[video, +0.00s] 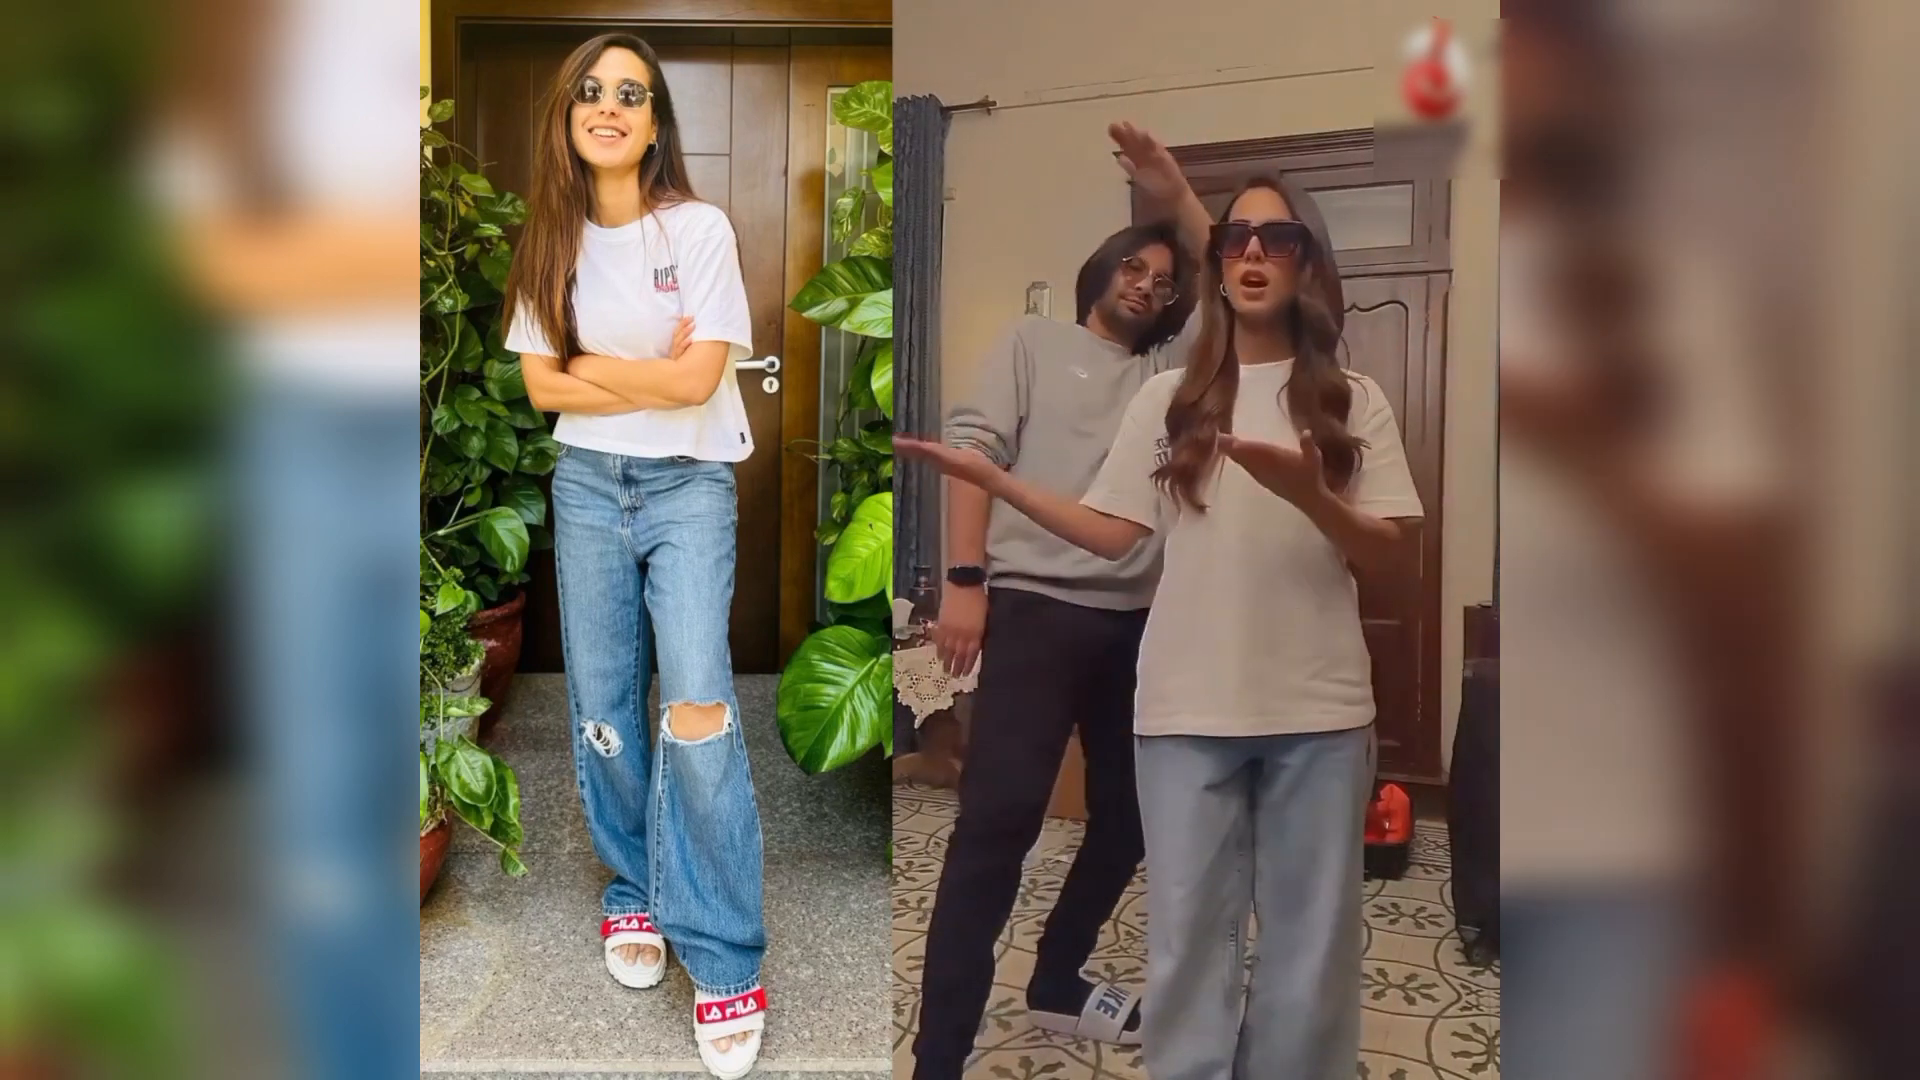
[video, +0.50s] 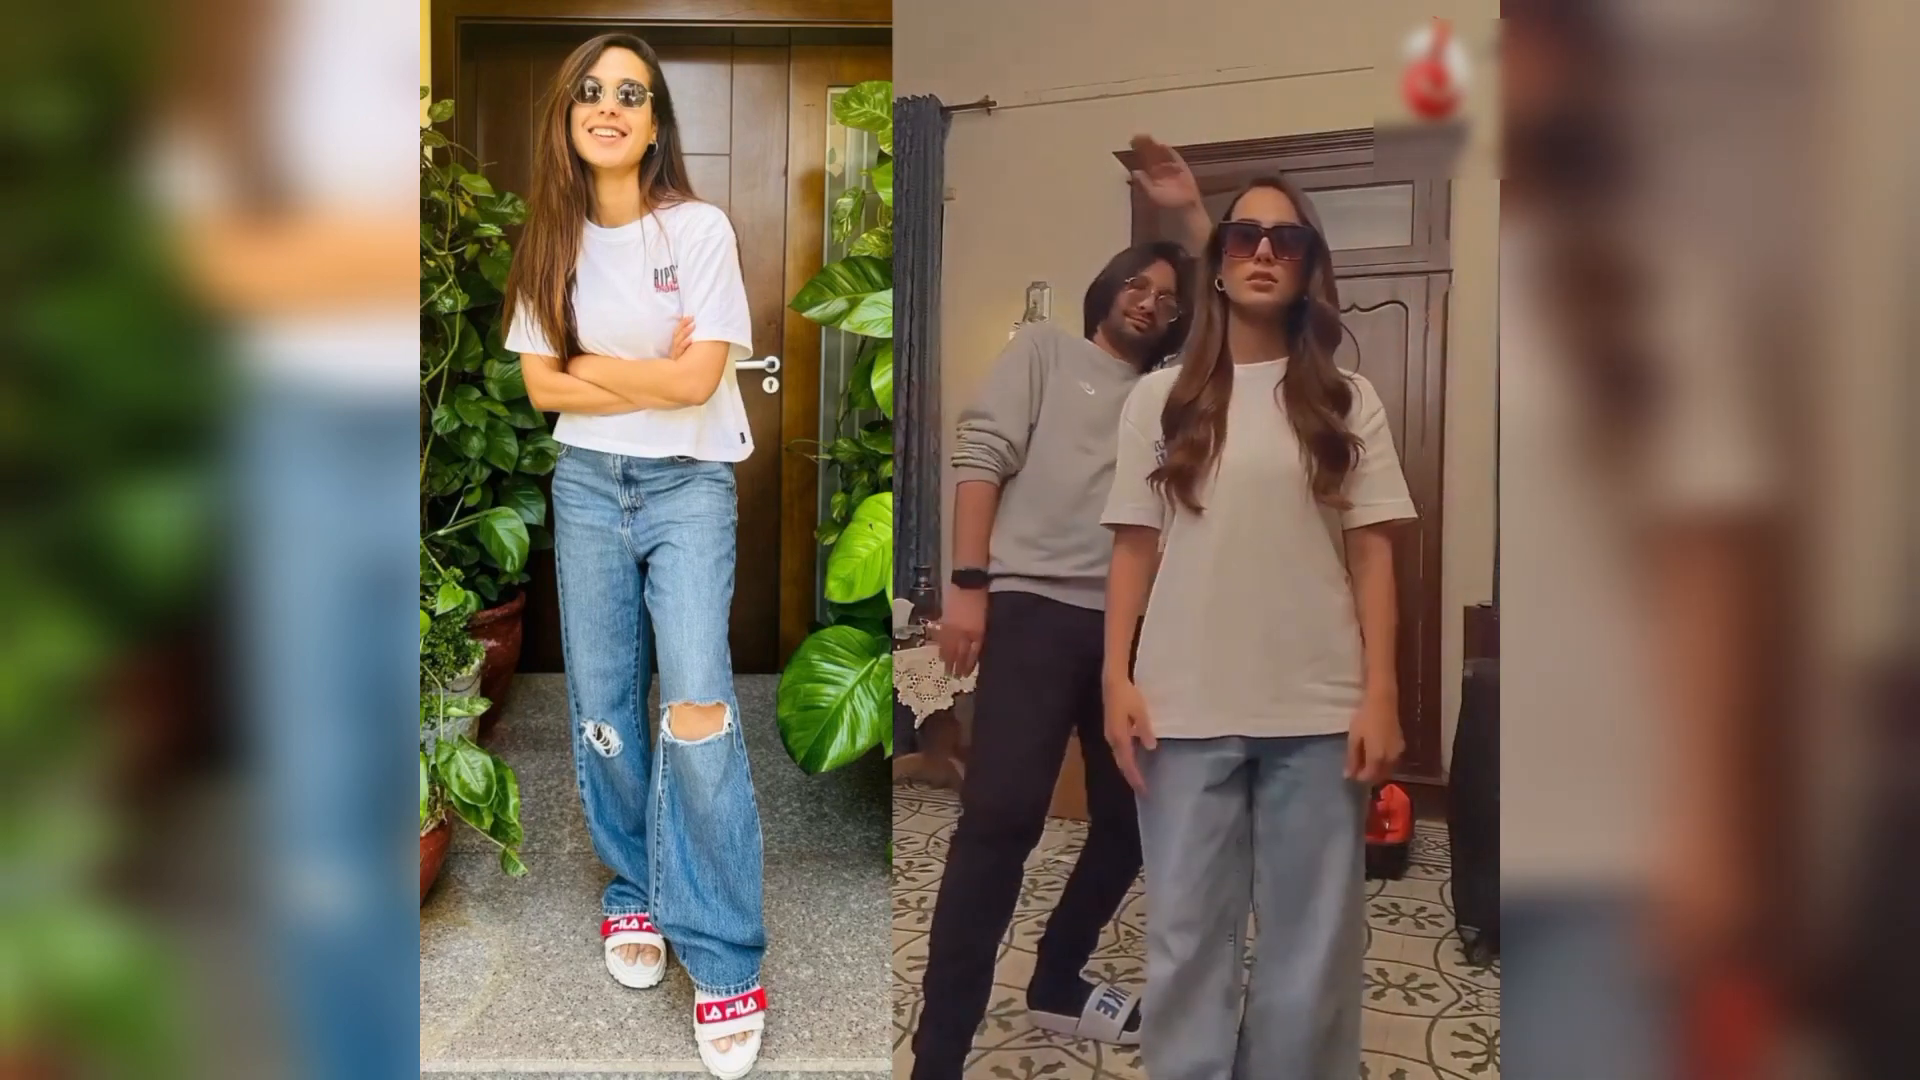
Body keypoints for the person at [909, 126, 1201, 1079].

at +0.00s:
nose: (1148, 287)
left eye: (1164, 282)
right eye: (1136, 270)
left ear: (1173, 298)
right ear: (1102, 269)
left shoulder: (1173, 370)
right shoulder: (1034, 343)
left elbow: (1227, 297)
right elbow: (972, 452)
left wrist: (1175, 194)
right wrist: (963, 580)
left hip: (1138, 627)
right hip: (1032, 614)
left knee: (1123, 828)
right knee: (998, 825)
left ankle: (1057, 987)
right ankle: (938, 1058)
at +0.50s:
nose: (1149, 302)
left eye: (1165, 297)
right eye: (1138, 286)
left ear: (1177, 316)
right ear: (1106, 289)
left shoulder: (1174, 388)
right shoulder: (1043, 349)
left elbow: (1224, 322)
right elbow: (983, 453)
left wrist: (1193, 215)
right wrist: (966, 581)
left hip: (1134, 625)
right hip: (1035, 616)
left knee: (1127, 825)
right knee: (1000, 824)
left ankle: (1057, 988)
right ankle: (938, 1057)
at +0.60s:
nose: (1147, 289)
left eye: (1159, 282)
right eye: (1133, 273)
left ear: (1170, 301)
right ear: (1099, 279)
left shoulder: (1170, 383)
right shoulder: (1043, 342)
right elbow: (979, 451)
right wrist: (959, 577)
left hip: (1127, 624)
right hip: (1028, 612)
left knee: (1120, 821)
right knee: (994, 824)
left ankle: (1057, 990)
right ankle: (935, 1058)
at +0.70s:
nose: (1136, 258)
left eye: (1146, 251)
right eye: (1121, 244)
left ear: (1157, 270)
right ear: (1086, 252)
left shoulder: (1169, 348)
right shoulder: (1039, 323)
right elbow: (972, 435)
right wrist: (942, 566)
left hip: (1121, 609)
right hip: (1022, 599)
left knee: (1104, 812)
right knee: (990, 819)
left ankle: (1056, 993)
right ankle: (933, 1059)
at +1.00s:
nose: (1101, 231)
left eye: (1104, 219)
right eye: (1081, 216)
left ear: (1103, 241)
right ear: (1028, 232)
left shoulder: (1127, 350)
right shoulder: (967, 344)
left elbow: (1149, 480)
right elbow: (920, 484)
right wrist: (1006, 522)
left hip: (1117, 619)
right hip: (1012, 616)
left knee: (1107, 820)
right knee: (985, 829)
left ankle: (1054, 991)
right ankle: (933, 1058)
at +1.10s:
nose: (1093, 224)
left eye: (1097, 212)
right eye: (1073, 209)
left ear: (1096, 236)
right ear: (1022, 225)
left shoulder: (1115, 349)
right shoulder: (962, 343)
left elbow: (1136, 480)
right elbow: (921, 489)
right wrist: (1011, 537)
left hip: (1113, 622)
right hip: (1010, 618)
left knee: (1107, 821)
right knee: (980, 837)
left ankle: (1055, 990)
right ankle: (931, 1059)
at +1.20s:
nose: (1085, 206)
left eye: (1085, 193)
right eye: (1063, 192)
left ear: (1084, 218)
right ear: (1011, 213)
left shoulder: (1112, 339)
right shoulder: (963, 331)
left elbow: (1126, 469)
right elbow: (921, 479)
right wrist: (1017, 527)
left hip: (1109, 621)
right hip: (1011, 617)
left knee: (1099, 815)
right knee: (985, 838)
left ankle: (1055, 989)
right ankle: (931, 1063)